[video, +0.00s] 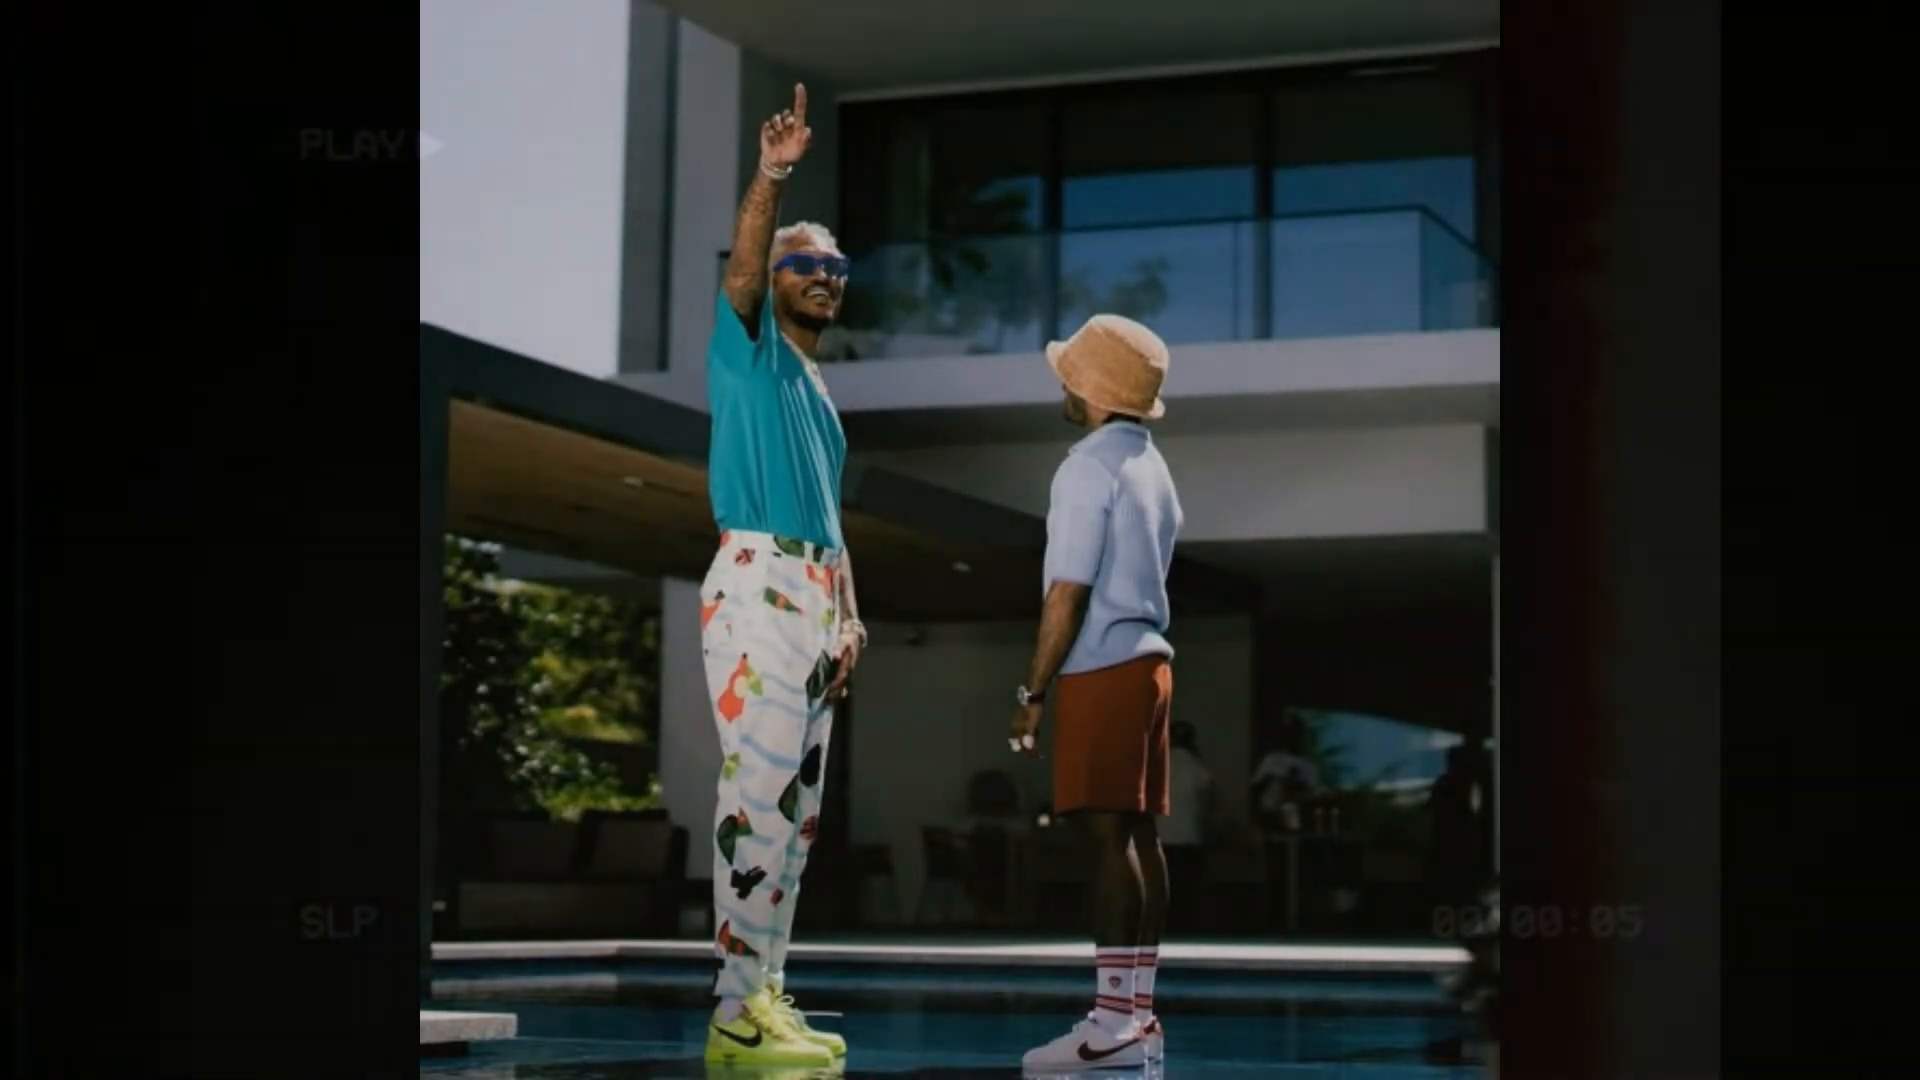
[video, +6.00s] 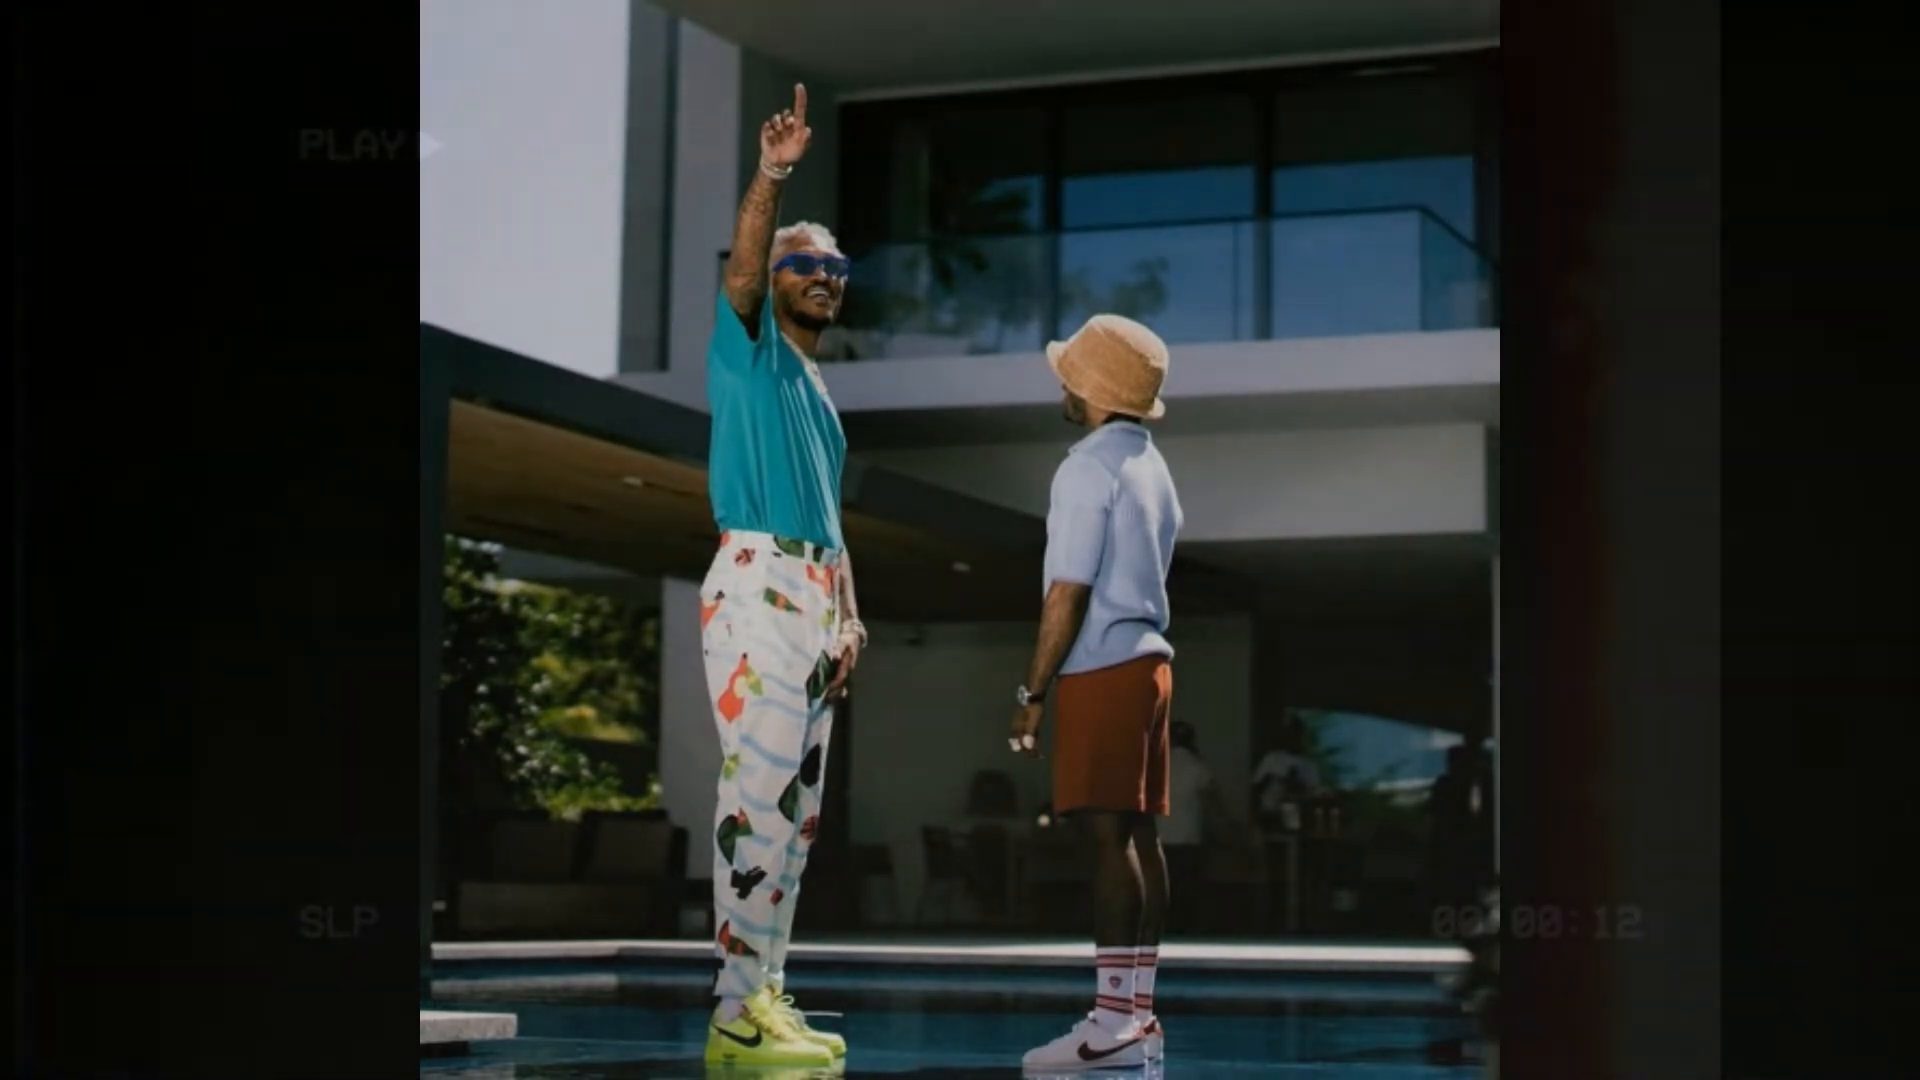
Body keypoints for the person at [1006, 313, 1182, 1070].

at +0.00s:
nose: (1064, 389)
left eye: (1072, 379)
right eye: (1069, 377)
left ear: (1092, 391)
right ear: (1131, 394)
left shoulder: (1088, 468)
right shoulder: (1148, 463)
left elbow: (1067, 594)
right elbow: (1146, 579)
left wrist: (1031, 691)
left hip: (1104, 669)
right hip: (1146, 666)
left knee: (1107, 838)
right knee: (1140, 837)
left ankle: (1116, 1014)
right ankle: (1135, 1011)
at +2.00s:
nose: (1064, 387)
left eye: (1072, 378)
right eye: (1068, 376)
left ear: (1092, 390)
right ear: (1130, 393)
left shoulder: (1087, 468)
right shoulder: (1147, 463)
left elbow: (1067, 595)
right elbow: (1148, 579)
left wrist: (1031, 691)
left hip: (1104, 669)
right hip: (1146, 666)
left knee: (1109, 838)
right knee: (1139, 837)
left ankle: (1116, 1015)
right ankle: (1135, 1013)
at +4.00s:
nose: (1063, 388)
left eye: (1072, 378)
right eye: (1068, 376)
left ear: (1092, 391)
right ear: (1130, 394)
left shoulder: (1087, 468)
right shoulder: (1148, 463)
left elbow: (1067, 594)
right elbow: (1148, 578)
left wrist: (1032, 691)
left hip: (1104, 669)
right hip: (1147, 665)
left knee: (1108, 838)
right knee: (1139, 838)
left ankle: (1116, 1015)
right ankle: (1135, 1012)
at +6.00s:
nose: (1063, 389)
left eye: (1071, 379)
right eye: (1068, 378)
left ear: (1092, 391)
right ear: (1130, 395)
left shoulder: (1088, 468)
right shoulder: (1147, 463)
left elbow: (1068, 594)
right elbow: (1142, 583)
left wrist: (1031, 692)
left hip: (1104, 669)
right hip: (1146, 666)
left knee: (1108, 839)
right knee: (1139, 839)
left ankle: (1116, 1015)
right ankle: (1135, 1012)